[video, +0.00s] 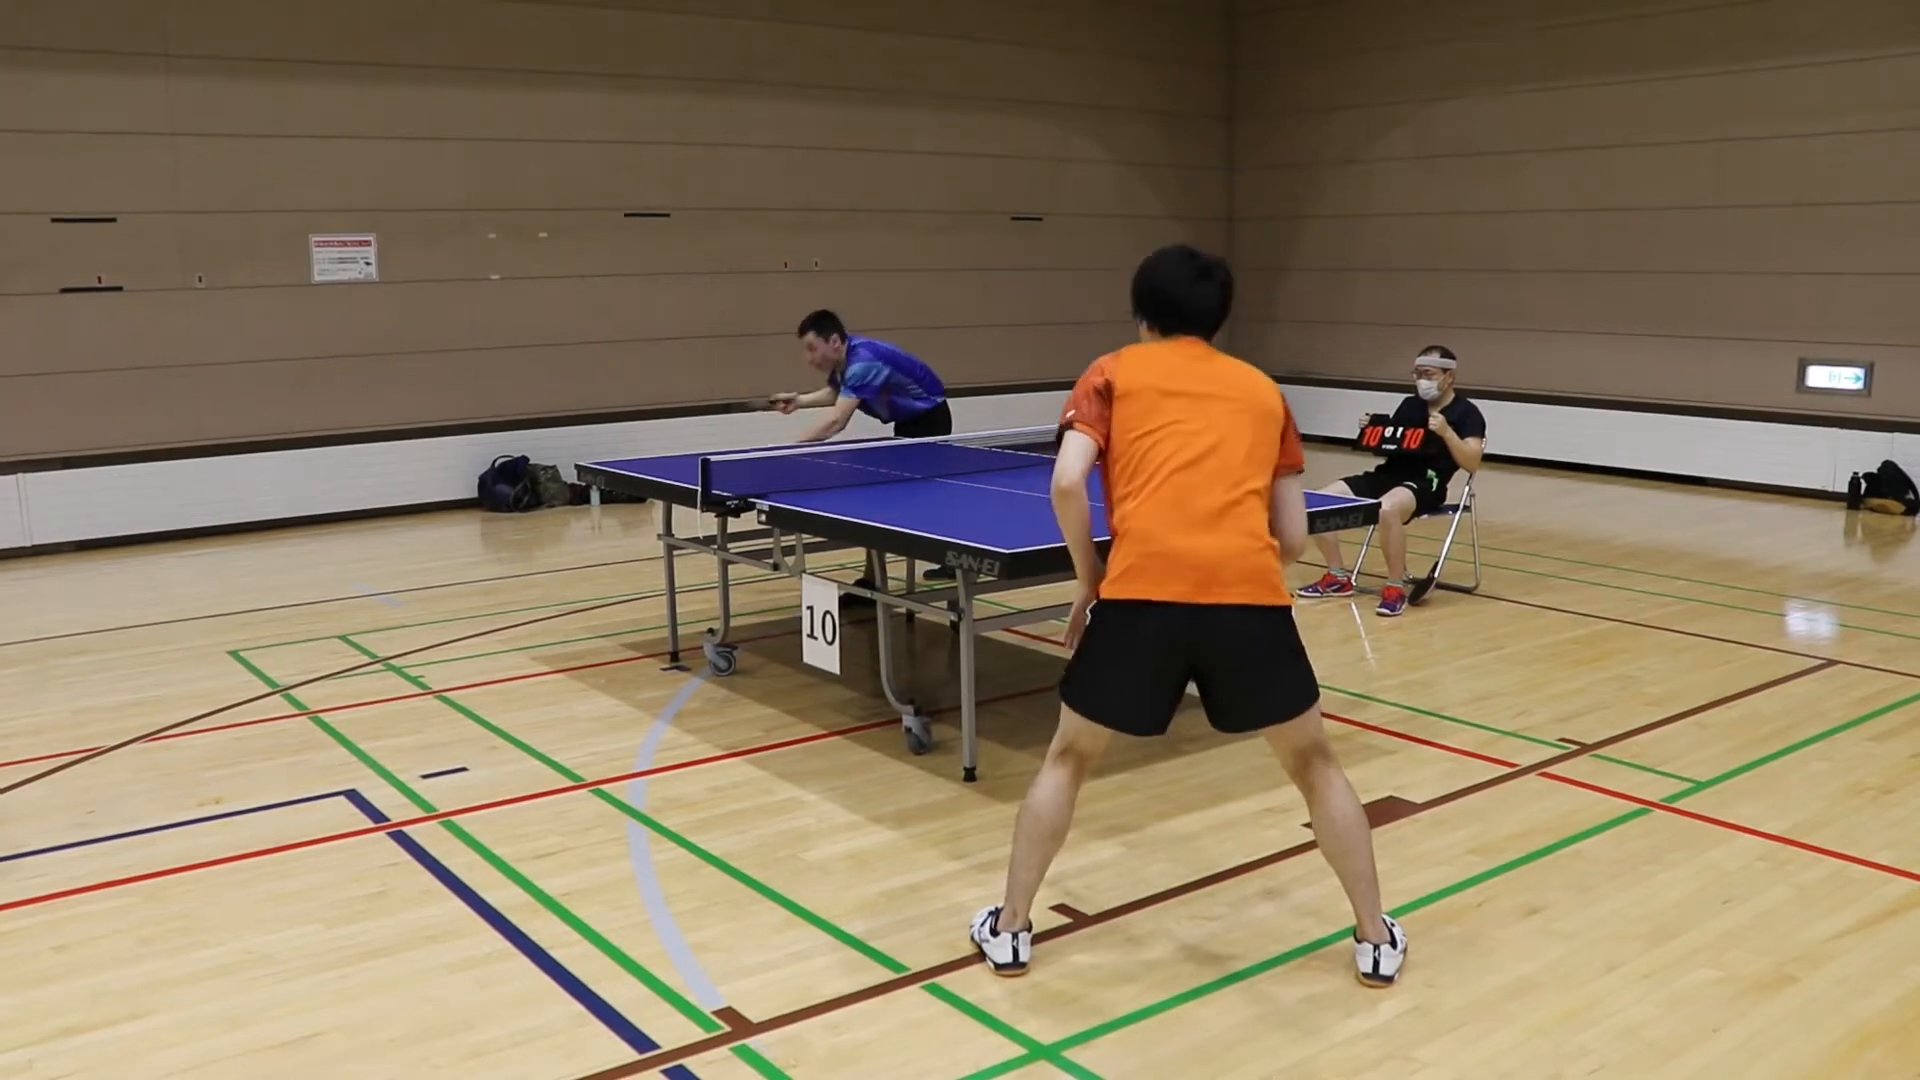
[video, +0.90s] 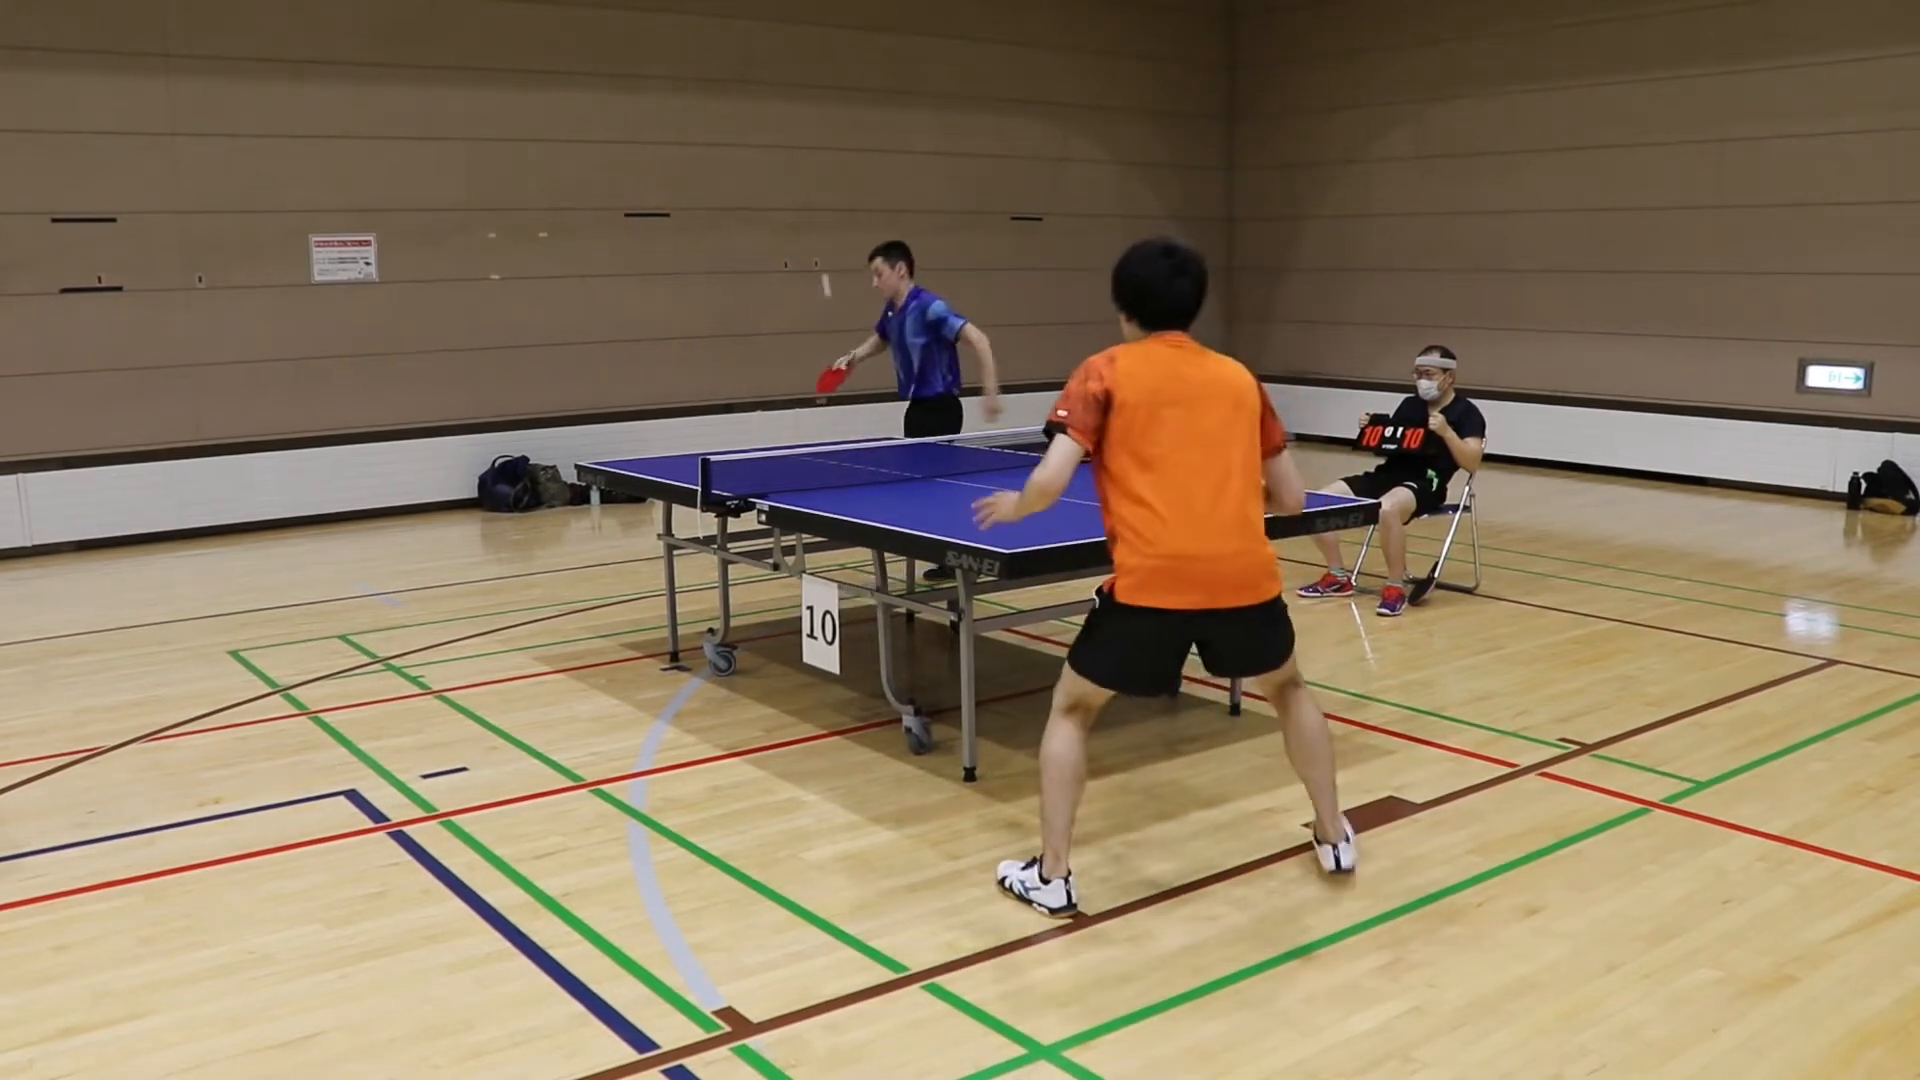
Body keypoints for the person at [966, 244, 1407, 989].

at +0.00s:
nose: (1136, 324)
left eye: (1137, 312)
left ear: (1143, 314)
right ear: (1220, 316)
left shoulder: (1114, 372)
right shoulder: (1262, 390)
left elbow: (1066, 483)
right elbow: (1292, 537)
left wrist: (1088, 581)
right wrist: (1222, 567)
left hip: (1140, 601)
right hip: (1249, 607)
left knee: (1069, 758)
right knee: (1313, 761)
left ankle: (1011, 928)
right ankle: (1377, 937)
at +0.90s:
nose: (1116, 310)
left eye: (1118, 301)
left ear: (1124, 305)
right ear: (1194, 307)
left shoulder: (1107, 372)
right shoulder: (1239, 379)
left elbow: (1048, 485)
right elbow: (1290, 498)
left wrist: (1015, 506)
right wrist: (1226, 481)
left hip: (1147, 591)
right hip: (1246, 587)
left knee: (1072, 708)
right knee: (1289, 690)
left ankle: (1052, 874)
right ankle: (1337, 836)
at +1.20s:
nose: (1134, 334)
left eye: (1136, 325)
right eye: (1138, 325)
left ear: (1145, 328)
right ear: (1209, 327)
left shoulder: (1140, 390)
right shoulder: (1255, 390)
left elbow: (1083, 504)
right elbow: (1302, 482)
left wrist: (1057, 504)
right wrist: (1237, 489)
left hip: (1192, 597)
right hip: (1278, 592)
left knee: (1077, 695)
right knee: (1281, 690)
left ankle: (1051, 867)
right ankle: (1324, 821)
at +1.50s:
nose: (1082, 384)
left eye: (1083, 373)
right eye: (1082, 373)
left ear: (1095, 374)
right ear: (1155, 369)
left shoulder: (1100, 430)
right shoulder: (1205, 427)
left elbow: (1021, 529)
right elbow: (1224, 512)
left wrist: (1007, 514)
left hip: (1168, 644)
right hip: (1248, 637)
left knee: (1015, 707)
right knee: (1250, 698)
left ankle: (987, 880)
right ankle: (1322, 824)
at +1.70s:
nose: (1014, 366)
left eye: (1015, 354)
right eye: (1015, 354)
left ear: (1027, 355)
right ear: (1090, 345)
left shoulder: (1033, 404)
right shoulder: (1133, 409)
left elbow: (944, 492)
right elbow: (1134, 523)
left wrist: (900, 471)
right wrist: (1056, 590)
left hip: (1078, 624)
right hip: (1171, 616)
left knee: (946, 691)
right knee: (1235, 716)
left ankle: (960, 865)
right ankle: (1315, 821)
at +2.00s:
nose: (1010, 346)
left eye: (1012, 337)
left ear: (1018, 344)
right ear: (1090, 342)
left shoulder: (993, 421)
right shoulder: (1134, 419)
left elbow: (922, 544)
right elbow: (1203, 517)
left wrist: (925, 542)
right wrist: (1158, 464)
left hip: (1025, 644)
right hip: (1126, 642)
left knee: (920, 743)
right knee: (1194, 749)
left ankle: (851, 901)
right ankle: (1281, 895)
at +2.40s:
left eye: (1185, 346)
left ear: (1183, 355)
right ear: (1259, 374)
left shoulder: (1134, 424)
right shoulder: (1251, 461)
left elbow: (1128, 543)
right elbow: (1247, 615)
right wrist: (1297, 695)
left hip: (1088, 668)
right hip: (1191, 684)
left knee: (1018, 798)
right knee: (1302, 761)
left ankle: (932, 901)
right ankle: (1374, 919)